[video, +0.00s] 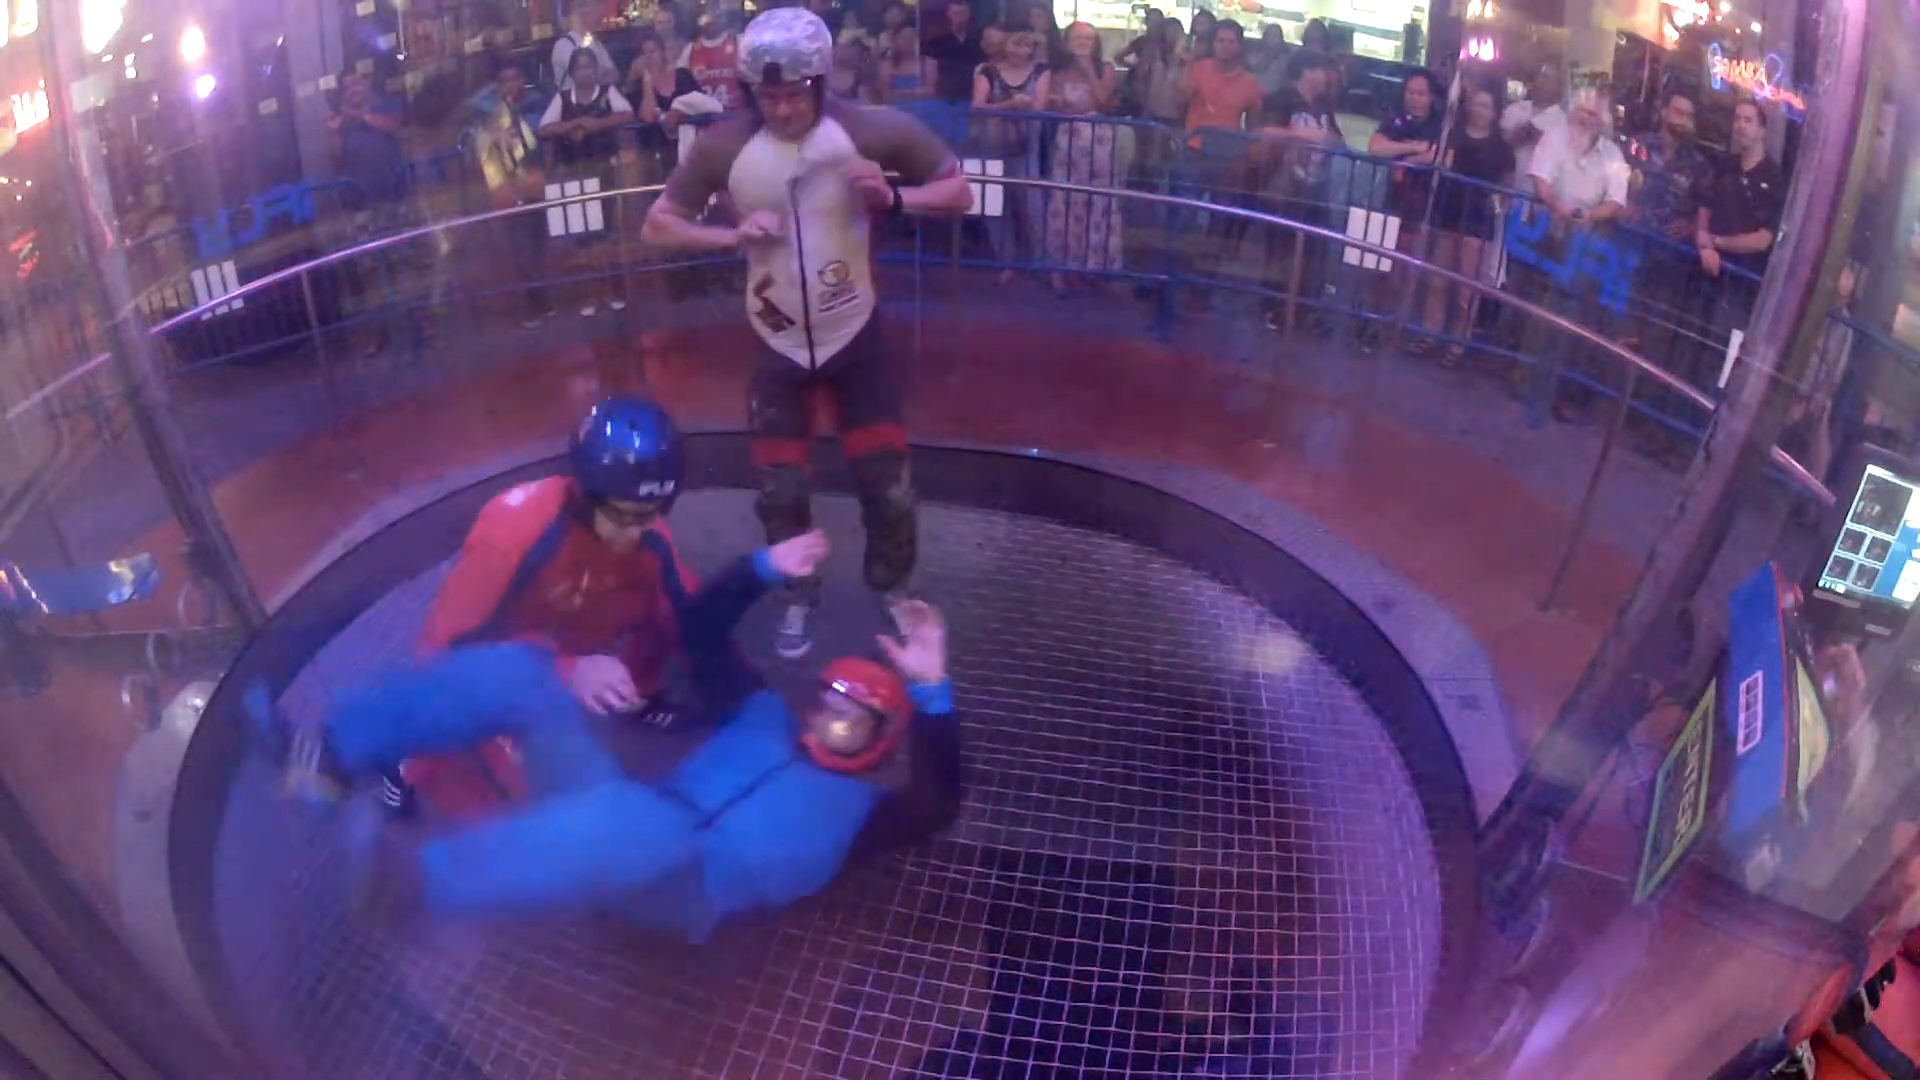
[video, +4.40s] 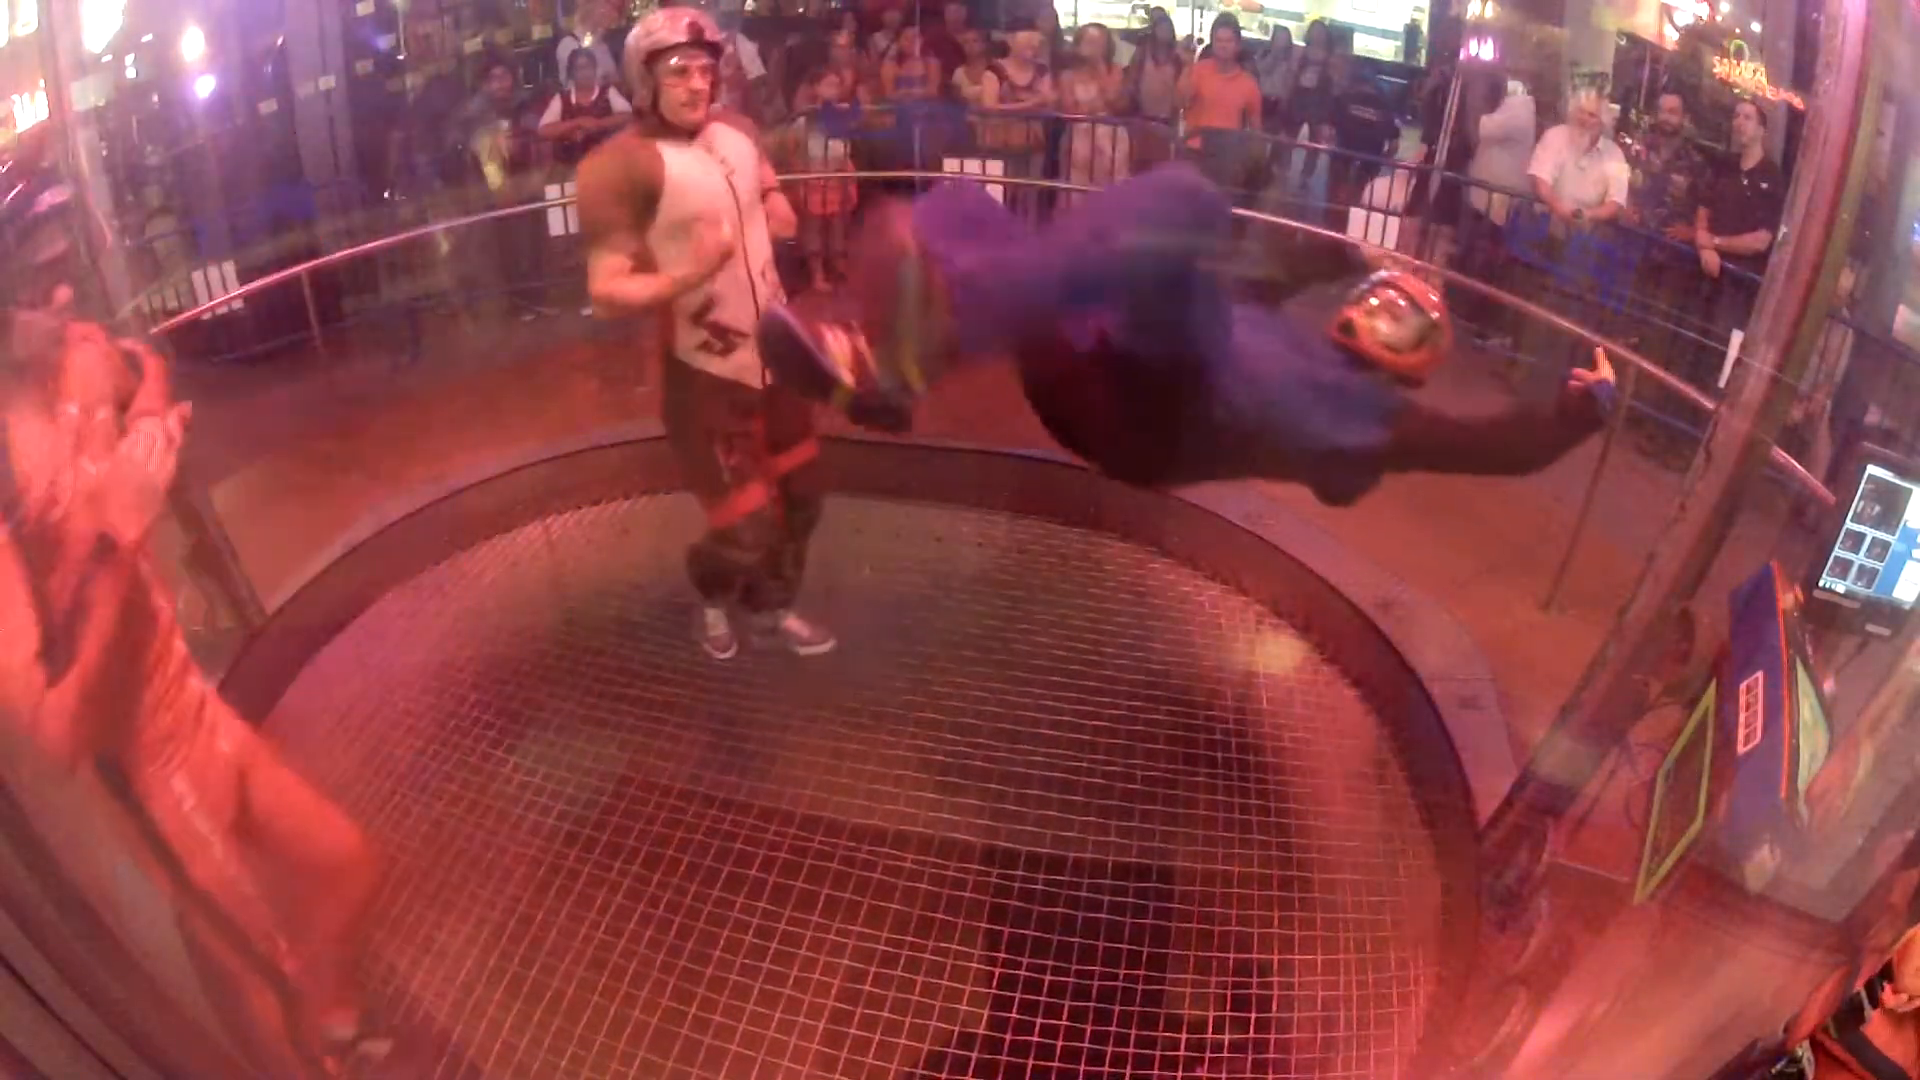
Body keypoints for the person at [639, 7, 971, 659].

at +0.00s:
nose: (783, 102)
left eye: (796, 89)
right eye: (769, 90)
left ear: (821, 80)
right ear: (751, 86)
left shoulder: (873, 132)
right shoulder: (724, 146)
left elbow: (959, 190)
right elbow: (658, 222)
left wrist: (896, 198)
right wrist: (731, 235)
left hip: (858, 339)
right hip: (776, 346)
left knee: (887, 490)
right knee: (779, 492)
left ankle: (890, 599)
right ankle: (797, 599)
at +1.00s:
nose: (871, 93)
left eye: (883, 78)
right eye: (857, 81)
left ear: (901, 68)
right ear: (833, 72)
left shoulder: (934, 111)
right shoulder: (801, 135)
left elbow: (998, 156)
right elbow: (763, 234)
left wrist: (973, 179)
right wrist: (850, 250)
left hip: (924, 304)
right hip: (851, 311)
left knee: (935, 445)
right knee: (862, 445)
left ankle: (916, 555)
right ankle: (838, 578)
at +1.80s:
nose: (901, 69)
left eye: (908, 57)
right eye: (888, 57)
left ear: (913, 58)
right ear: (851, 56)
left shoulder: (899, 109)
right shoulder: (807, 120)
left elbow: (890, 190)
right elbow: (794, 241)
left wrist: (931, 171)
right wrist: (897, 216)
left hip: (896, 302)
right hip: (837, 308)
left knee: (922, 420)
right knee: (850, 443)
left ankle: (906, 539)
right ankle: (828, 572)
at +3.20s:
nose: (843, 167)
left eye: (847, 153)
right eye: (832, 160)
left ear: (864, 132)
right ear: (824, 154)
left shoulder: (900, 124)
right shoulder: (836, 180)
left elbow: (950, 147)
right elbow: (860, 208)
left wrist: (966, 118)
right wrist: (935, 147)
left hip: (915, 315)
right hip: (865, 319)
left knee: (918, 440)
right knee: (878, 456)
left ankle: (880, 550)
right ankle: (834, 569)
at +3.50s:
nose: (869, 84)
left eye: (874, 71)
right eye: (854, 71)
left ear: (887, 83)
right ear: (832, 84)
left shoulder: (895, 131)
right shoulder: (801, 139)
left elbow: (943, 153)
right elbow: (767, 210)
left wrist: (940, 144)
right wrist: (854, 183)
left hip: (895, 311)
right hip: (835, 316)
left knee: (900, 442)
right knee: (865, 459)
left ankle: (876, 553)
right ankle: (821, 563)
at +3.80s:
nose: (772, 46)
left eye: (781, 32)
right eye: (758, 34)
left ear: (793, 40)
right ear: (732, 48)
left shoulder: (838, 124)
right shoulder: (717, 135)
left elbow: (874, 204)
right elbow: (686, 241)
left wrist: (864, 203)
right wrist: (790, 247)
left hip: (831, 320)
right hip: (766, 326)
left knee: (879, 436)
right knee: (765, 483)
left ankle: (869, 550)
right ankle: (713, 579)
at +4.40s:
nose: (695, 85)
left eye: (703, 71)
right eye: (677, 73)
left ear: (716, 77)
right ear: (646, 85)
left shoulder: (734, 138)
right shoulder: (620, 166)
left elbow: (776, 203)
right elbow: (606, 286)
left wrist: (777, 221)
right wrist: (688, 272)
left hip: (773, 355)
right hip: (702, 370)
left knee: (801, 494)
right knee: (747, 523)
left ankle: (773, 606)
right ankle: (713, 597)